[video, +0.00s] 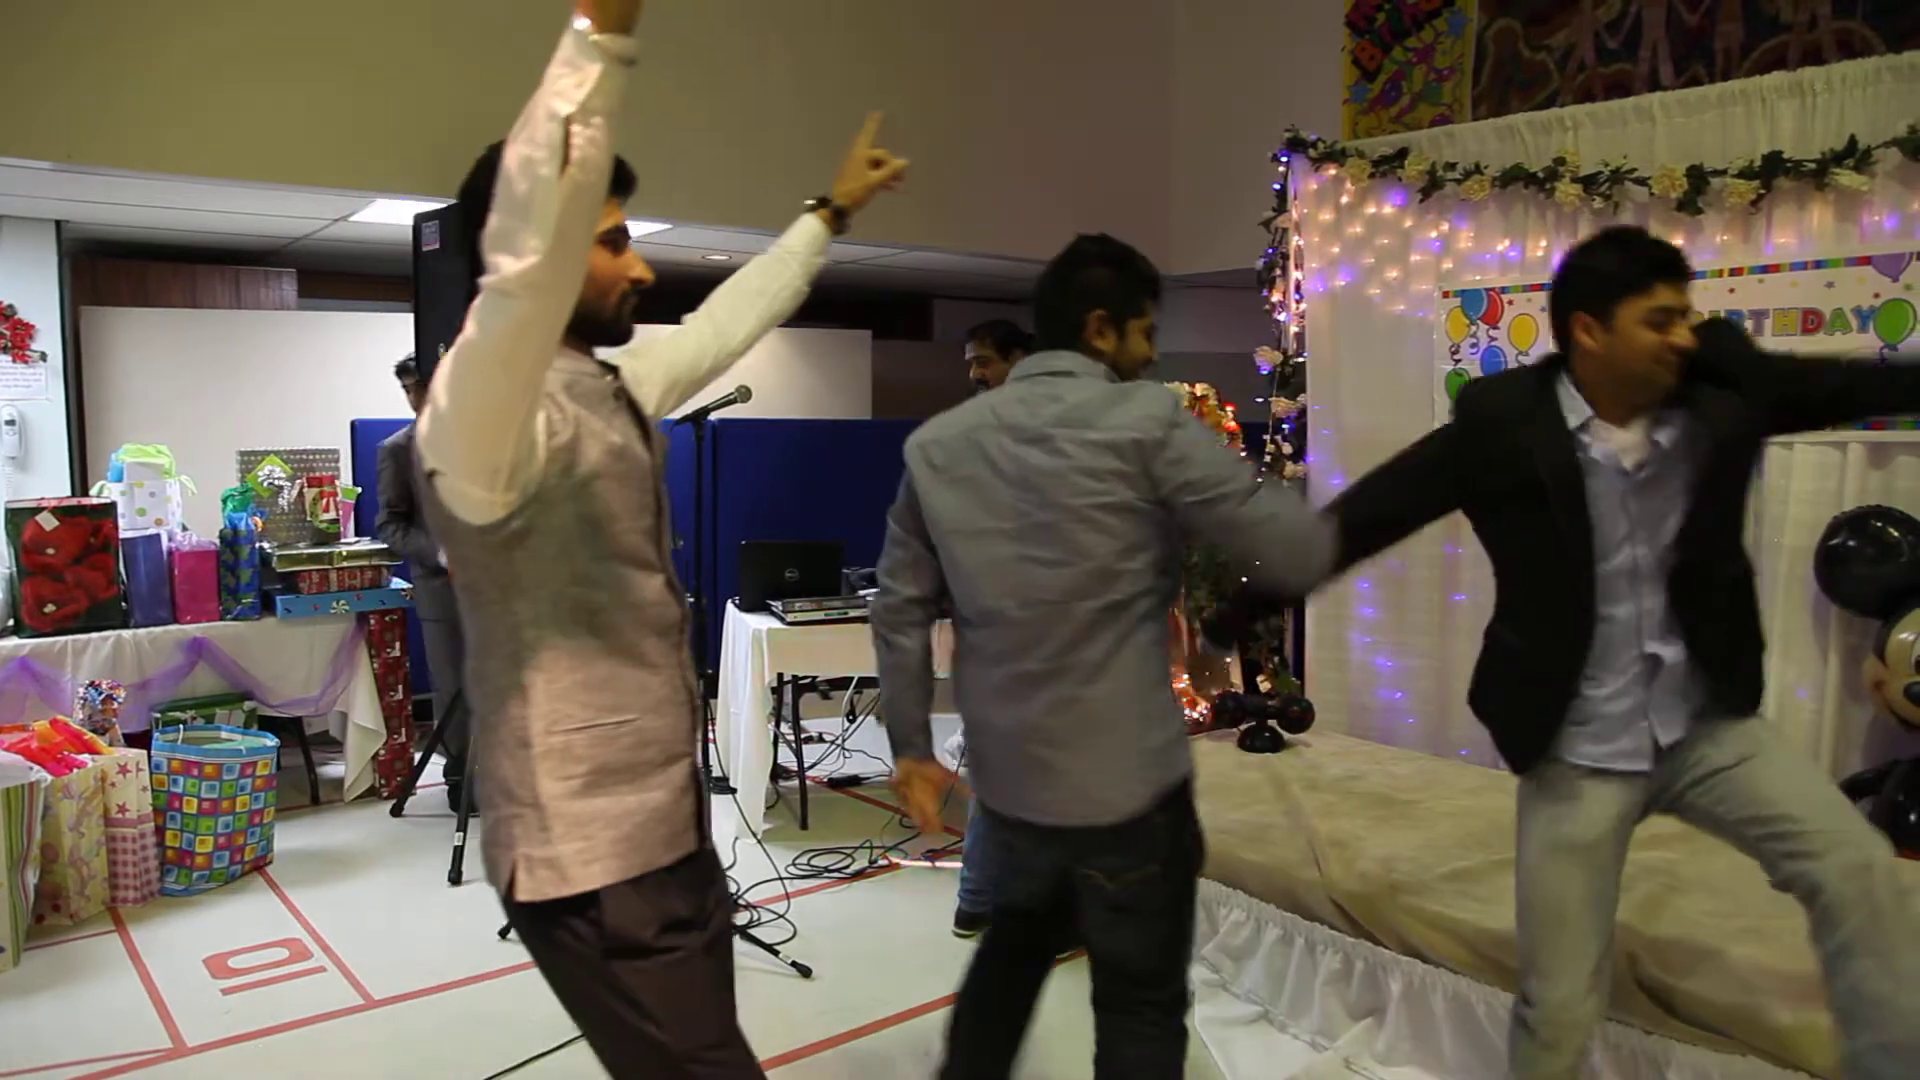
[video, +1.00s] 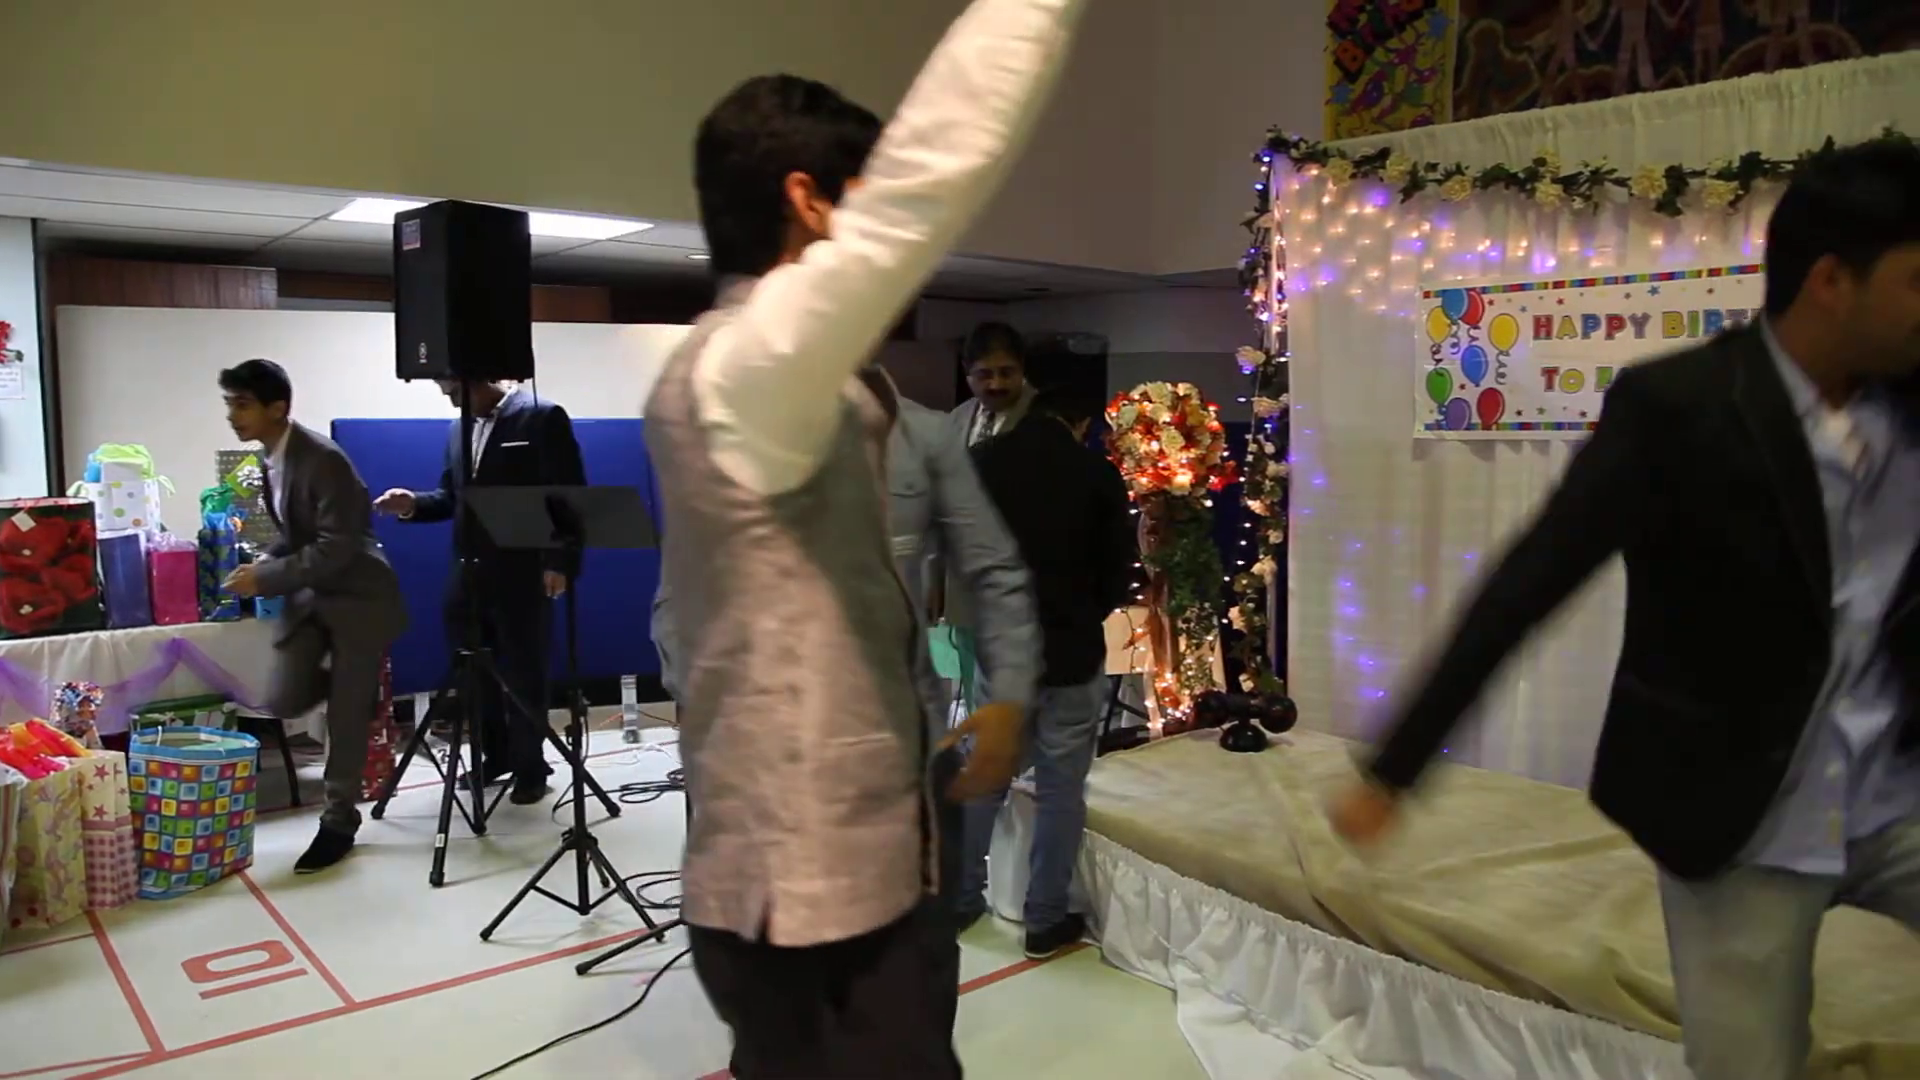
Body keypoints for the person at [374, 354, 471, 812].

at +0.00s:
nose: (414, 397)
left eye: (419, 387)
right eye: (408, 390)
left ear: (440, 385)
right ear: (405, 394)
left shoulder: (473, 435)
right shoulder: (397, 450)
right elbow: (390, 526)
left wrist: (477, 546)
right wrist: (440, 552)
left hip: (485, 579)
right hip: (438, 585)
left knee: (493, 683)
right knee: (450, 687)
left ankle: (499, 780)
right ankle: (459, 779)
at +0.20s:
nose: (384, 405)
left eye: (391, 395)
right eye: (377, 398)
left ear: (415, 392)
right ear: (374, 402)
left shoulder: (456, 439)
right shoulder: (379, 457)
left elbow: (488, 508)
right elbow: (386, 525)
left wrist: (444, 521)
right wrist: (403, 553)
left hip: (474, 575)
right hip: (428, 582)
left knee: (471, 676)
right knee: (442, 682)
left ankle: (459, 768)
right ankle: (457, 780)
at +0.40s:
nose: (343, 432)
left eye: (350, 422)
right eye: (339, 423)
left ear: (380, 417)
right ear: (342, 423)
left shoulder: (433, 452)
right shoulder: (367, 465)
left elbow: (475, 513)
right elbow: (399, 523)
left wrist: (408, 540)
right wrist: (392, 555)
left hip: (462, 566)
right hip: (422, 569)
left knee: (372, 603)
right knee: (440, 669)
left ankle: (439, 664)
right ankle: (454, 775)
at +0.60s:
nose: (317, 435)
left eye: (324, 425)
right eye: (314, 426)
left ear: (357, 421)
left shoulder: (406, 461)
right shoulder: (352, 467)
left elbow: (438, 533)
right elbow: (375, 532)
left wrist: (363, 553)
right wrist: (349, 557)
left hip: (437, 580)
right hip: (405, 582)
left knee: (368, 669)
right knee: (428, 687)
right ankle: (454, 778)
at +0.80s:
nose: (279, 426)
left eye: (286, 415)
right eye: (277, 416)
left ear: (321, 415)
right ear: (306, 419)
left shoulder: (362, 466)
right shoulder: (329, 467)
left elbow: (389, 550)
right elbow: (348, 543)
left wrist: (320, 567)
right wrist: (317, 572)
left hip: (396, 604)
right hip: (366, 602)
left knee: (368, 704)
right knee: (385, 696)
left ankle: (355, 823)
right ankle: (446, 761)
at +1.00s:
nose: (231, 416)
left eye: (240, 405)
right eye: (229, 406)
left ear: (277, 406)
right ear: (247, 408)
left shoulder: (322, 460)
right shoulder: (270, 462)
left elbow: (339, 548)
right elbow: (293, 536)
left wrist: (269, 578)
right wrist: (260, 566)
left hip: (358, 597)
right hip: (309, 595)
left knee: (347, 711)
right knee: (287, 700)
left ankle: (339, 822)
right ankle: (357, 684)